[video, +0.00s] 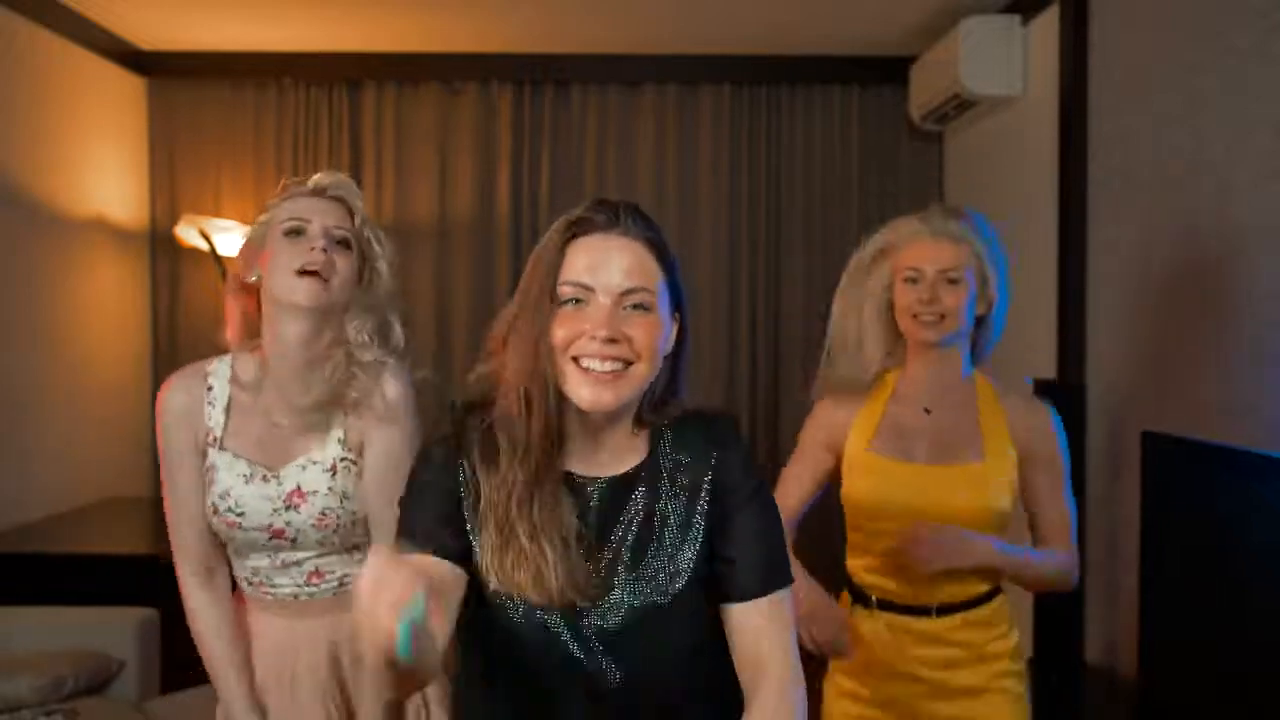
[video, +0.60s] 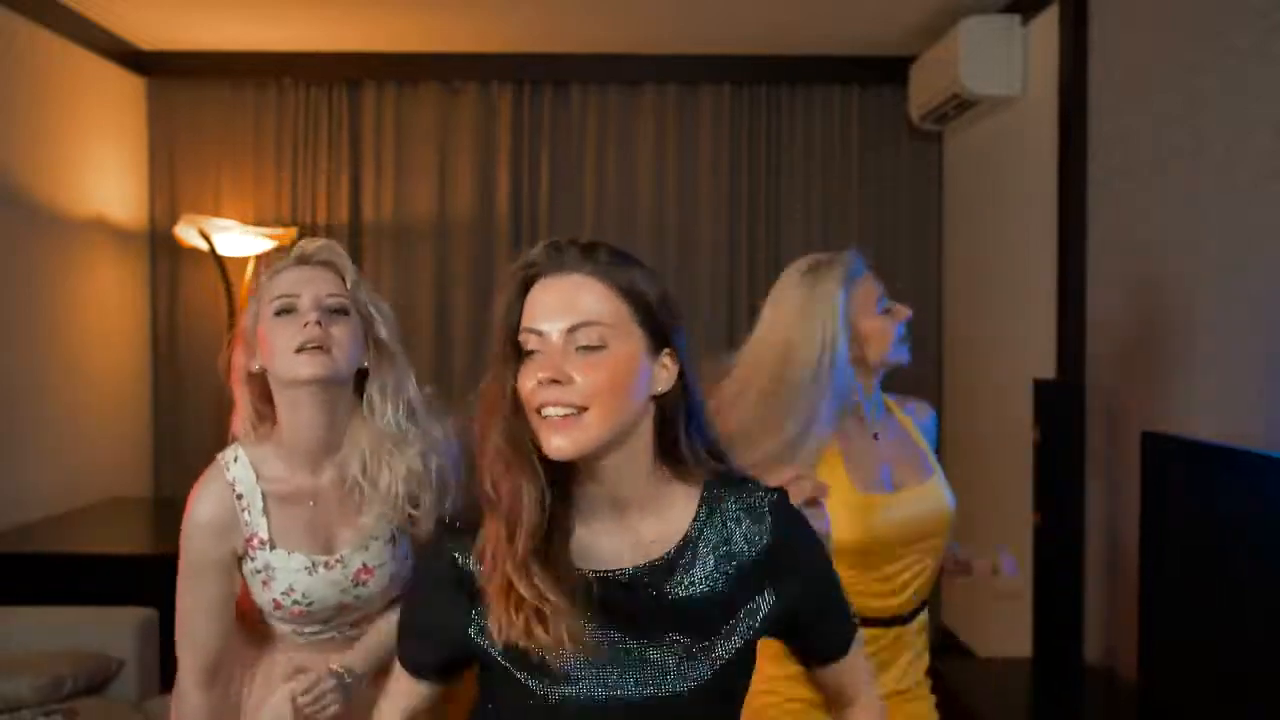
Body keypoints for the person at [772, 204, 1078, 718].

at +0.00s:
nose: (928, 297)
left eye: (951, 281)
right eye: (911, 280)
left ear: (982, 299)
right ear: (887, 295)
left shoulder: (1027, 421)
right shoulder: (841, 415)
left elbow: (1063, 566)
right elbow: (767, 532)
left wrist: (979, 551)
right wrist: (805, 595)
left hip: (980, 676)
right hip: (867, 675)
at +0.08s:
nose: (924, 328)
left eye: (947, 312)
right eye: (907, 312)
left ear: (978, 333)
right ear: (888, 329)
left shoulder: (1027, 455)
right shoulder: (843, 450)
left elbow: (1066, 598)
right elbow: (773, 559)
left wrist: (979, 598)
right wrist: (822, 589)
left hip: (978, 695)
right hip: (864, 695)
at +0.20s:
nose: (908, 289)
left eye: (931, 275)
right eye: (893, 273)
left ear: (965, 296)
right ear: (872, 289)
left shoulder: (1011, 410)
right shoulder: (830, 405)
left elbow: (1040, 551)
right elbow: (776, 537)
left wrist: (961, 564)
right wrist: (823, 510)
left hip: (961, 671)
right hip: (848, 665)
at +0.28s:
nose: (913, 256)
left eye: (934, 242)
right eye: (896, 237)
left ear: (955, 261)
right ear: (863, 249)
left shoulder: (992, 376)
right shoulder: (811, 369)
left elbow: (1016, 513)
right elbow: (761, 505)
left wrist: (945, 536)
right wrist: (809, 459)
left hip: (949, 629)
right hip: (841, 629)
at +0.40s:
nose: (929, 262)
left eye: (930, 248)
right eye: (909, 246)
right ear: (850, 256)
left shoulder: (951, 377)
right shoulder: (786, 383)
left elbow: (984, 504)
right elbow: (749, 509)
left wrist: (950, 536)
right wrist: (802, 426)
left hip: (930, 638)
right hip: (819, 640)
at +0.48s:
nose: (910, 298)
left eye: (906, 286)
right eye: (892, 284)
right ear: (838, 302)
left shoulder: (924, 409)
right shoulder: (784, 438)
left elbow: (952, 525)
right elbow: (769, 608)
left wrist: (954, 568)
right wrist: (784, 478)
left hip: (912, 674)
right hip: (805, 685)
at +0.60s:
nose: (905, 313)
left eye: (892, 302)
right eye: (883, 308)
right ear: (835, 333)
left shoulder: (915, 419)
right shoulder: (784, 440)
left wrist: (946, 560)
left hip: (902, 681)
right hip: (798, 686)